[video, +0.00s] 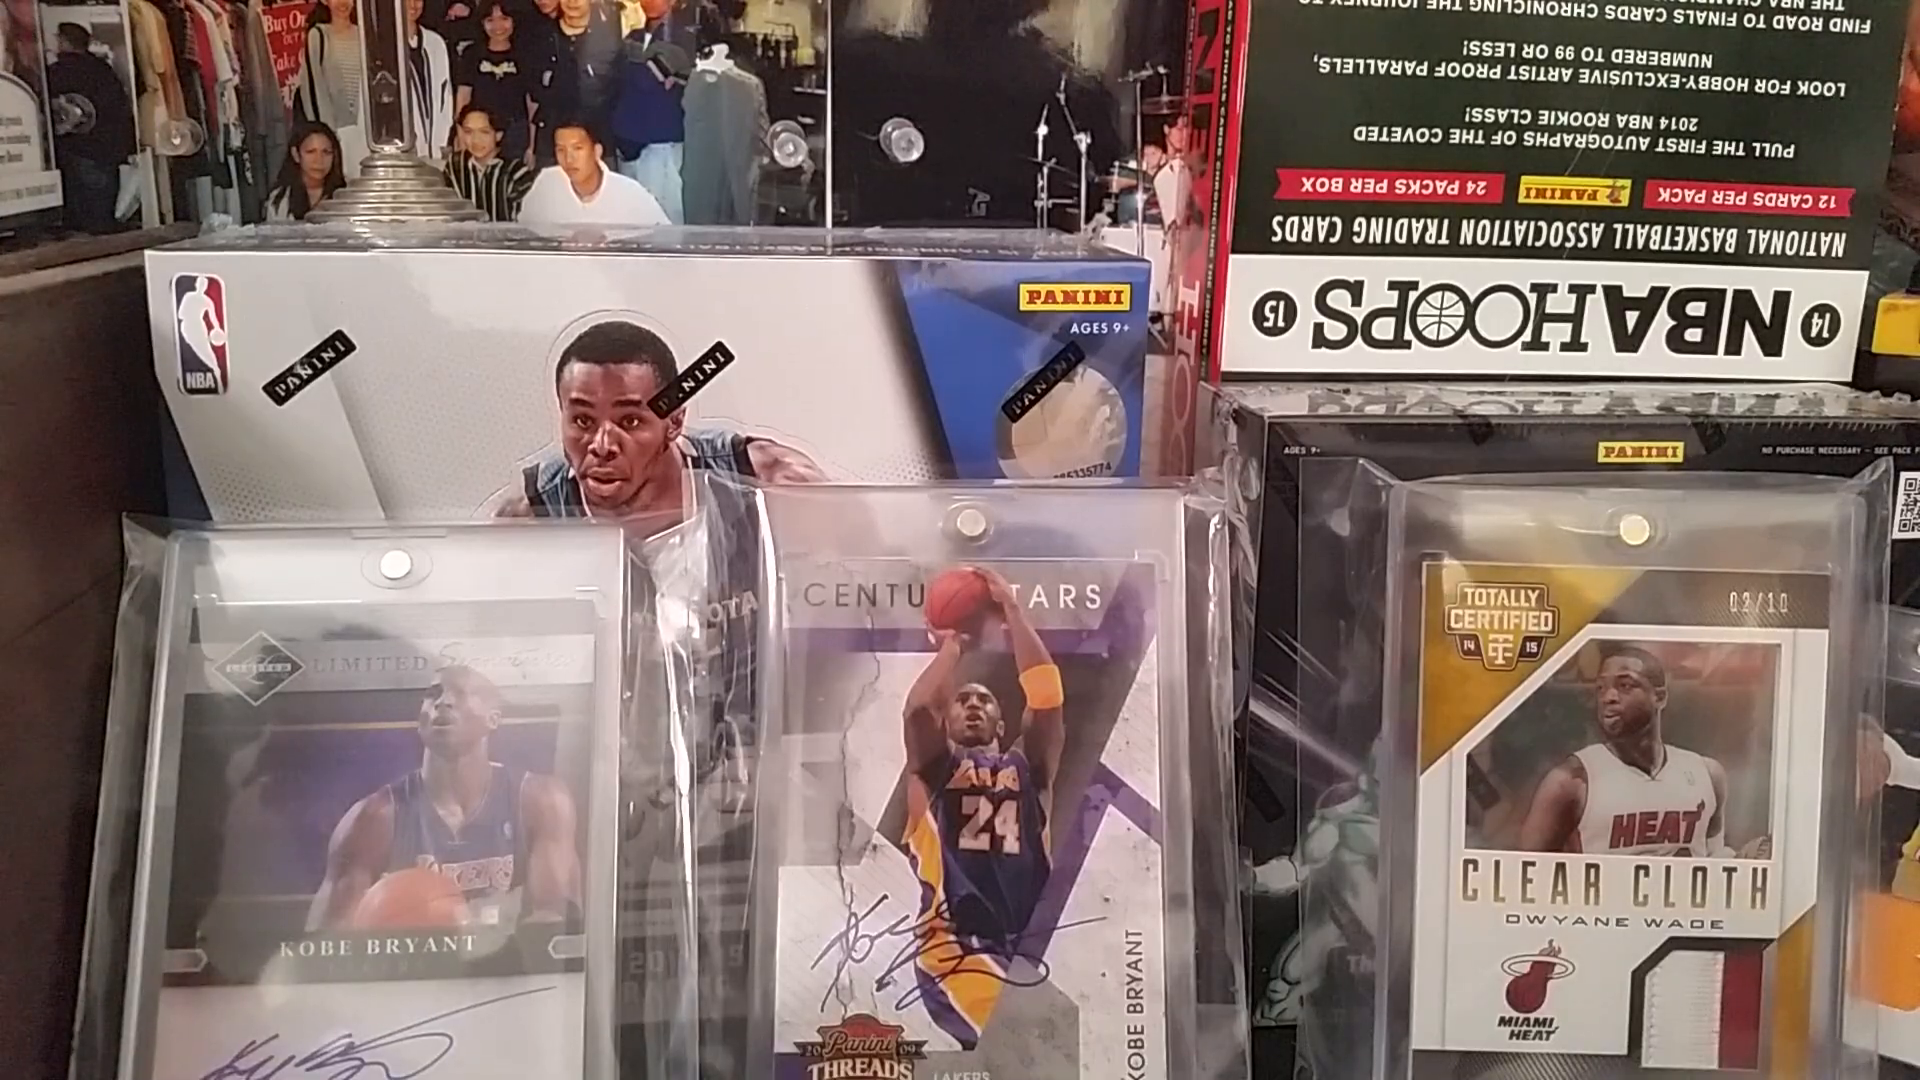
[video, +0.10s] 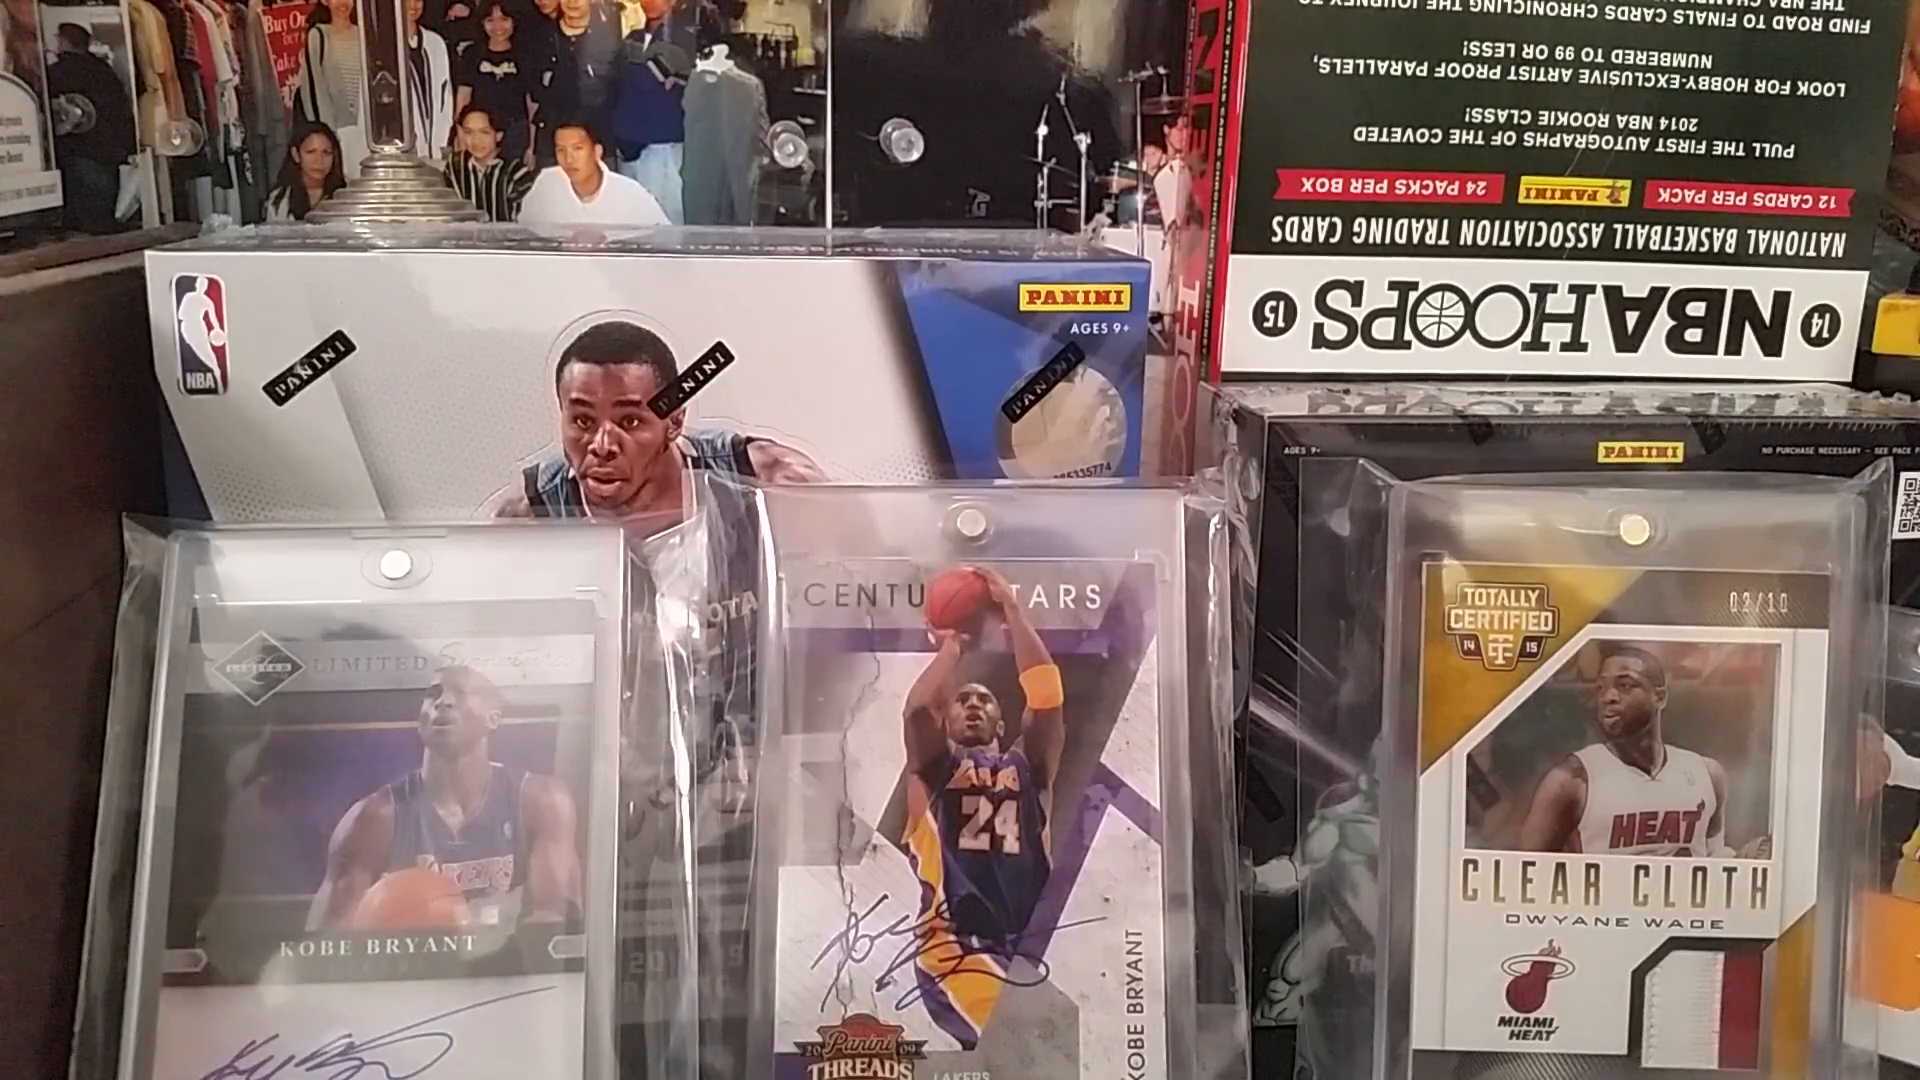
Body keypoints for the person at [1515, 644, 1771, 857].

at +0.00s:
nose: (1608, 697)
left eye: (1625, 685)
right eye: (1601, 688)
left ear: (1660, 698)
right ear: (1594, 697)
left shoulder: (1708, 776)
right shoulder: (1569, 783)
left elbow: (1715, 856)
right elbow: (1524, 879)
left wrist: (1746, 860)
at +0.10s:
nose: (1608, 697)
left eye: (1625, 685)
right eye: (1601, 688)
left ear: (1660, 698)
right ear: (1594, 697)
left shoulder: (1708, 776)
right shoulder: (1568, 783)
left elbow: (1715, 856)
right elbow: (1524, 878)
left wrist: (1747, 860)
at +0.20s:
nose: (1609, 697)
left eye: (1625, 685)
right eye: (1602, 688)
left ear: (1660, 698)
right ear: (1595, 697)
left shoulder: (1708, 777)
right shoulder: (1569, 783)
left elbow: (1715, 856)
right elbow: (1524, 879)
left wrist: (1747, 860)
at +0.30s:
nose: (1609, 697)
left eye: (1626, 685)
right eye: (1602, 688)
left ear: (1661, 697)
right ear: (1596, 697)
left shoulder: (1709, 777)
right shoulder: (1570, 782)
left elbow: (1716, 858)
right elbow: (1525, 878)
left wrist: (1746, 859)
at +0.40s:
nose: (1611, 697)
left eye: (1629, 685)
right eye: (1605, 688)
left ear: (1664, 697)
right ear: (1598, 697)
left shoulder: (1712, 776)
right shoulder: (1573, 782)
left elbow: (1719, 858)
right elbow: (1528, 878)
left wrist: (1751, 860)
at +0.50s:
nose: (1616, 697)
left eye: (1633, 685)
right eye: (1609, 688)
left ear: (1667, 697)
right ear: (1602, 697)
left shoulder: (1716, 776)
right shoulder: (1577, 781)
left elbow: (1722, 856)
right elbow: (1533, 877)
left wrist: (1755, 859)